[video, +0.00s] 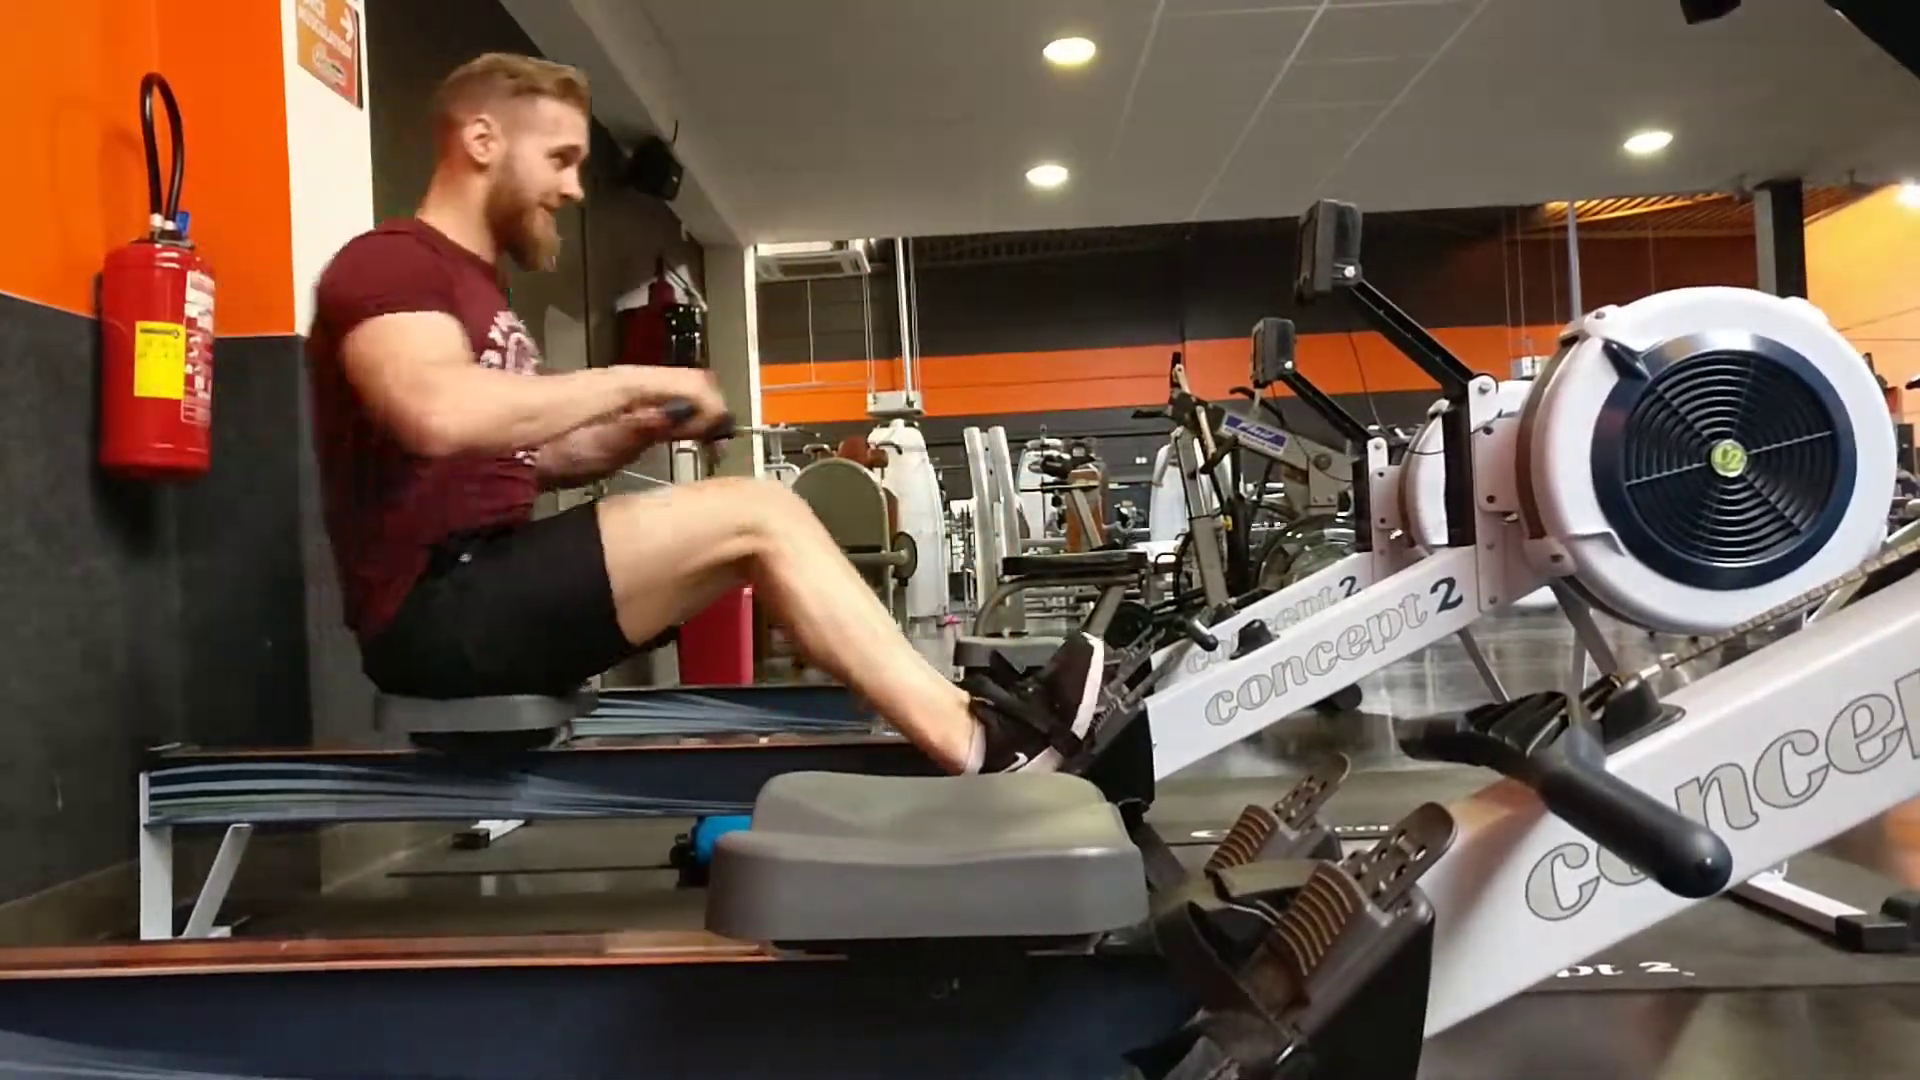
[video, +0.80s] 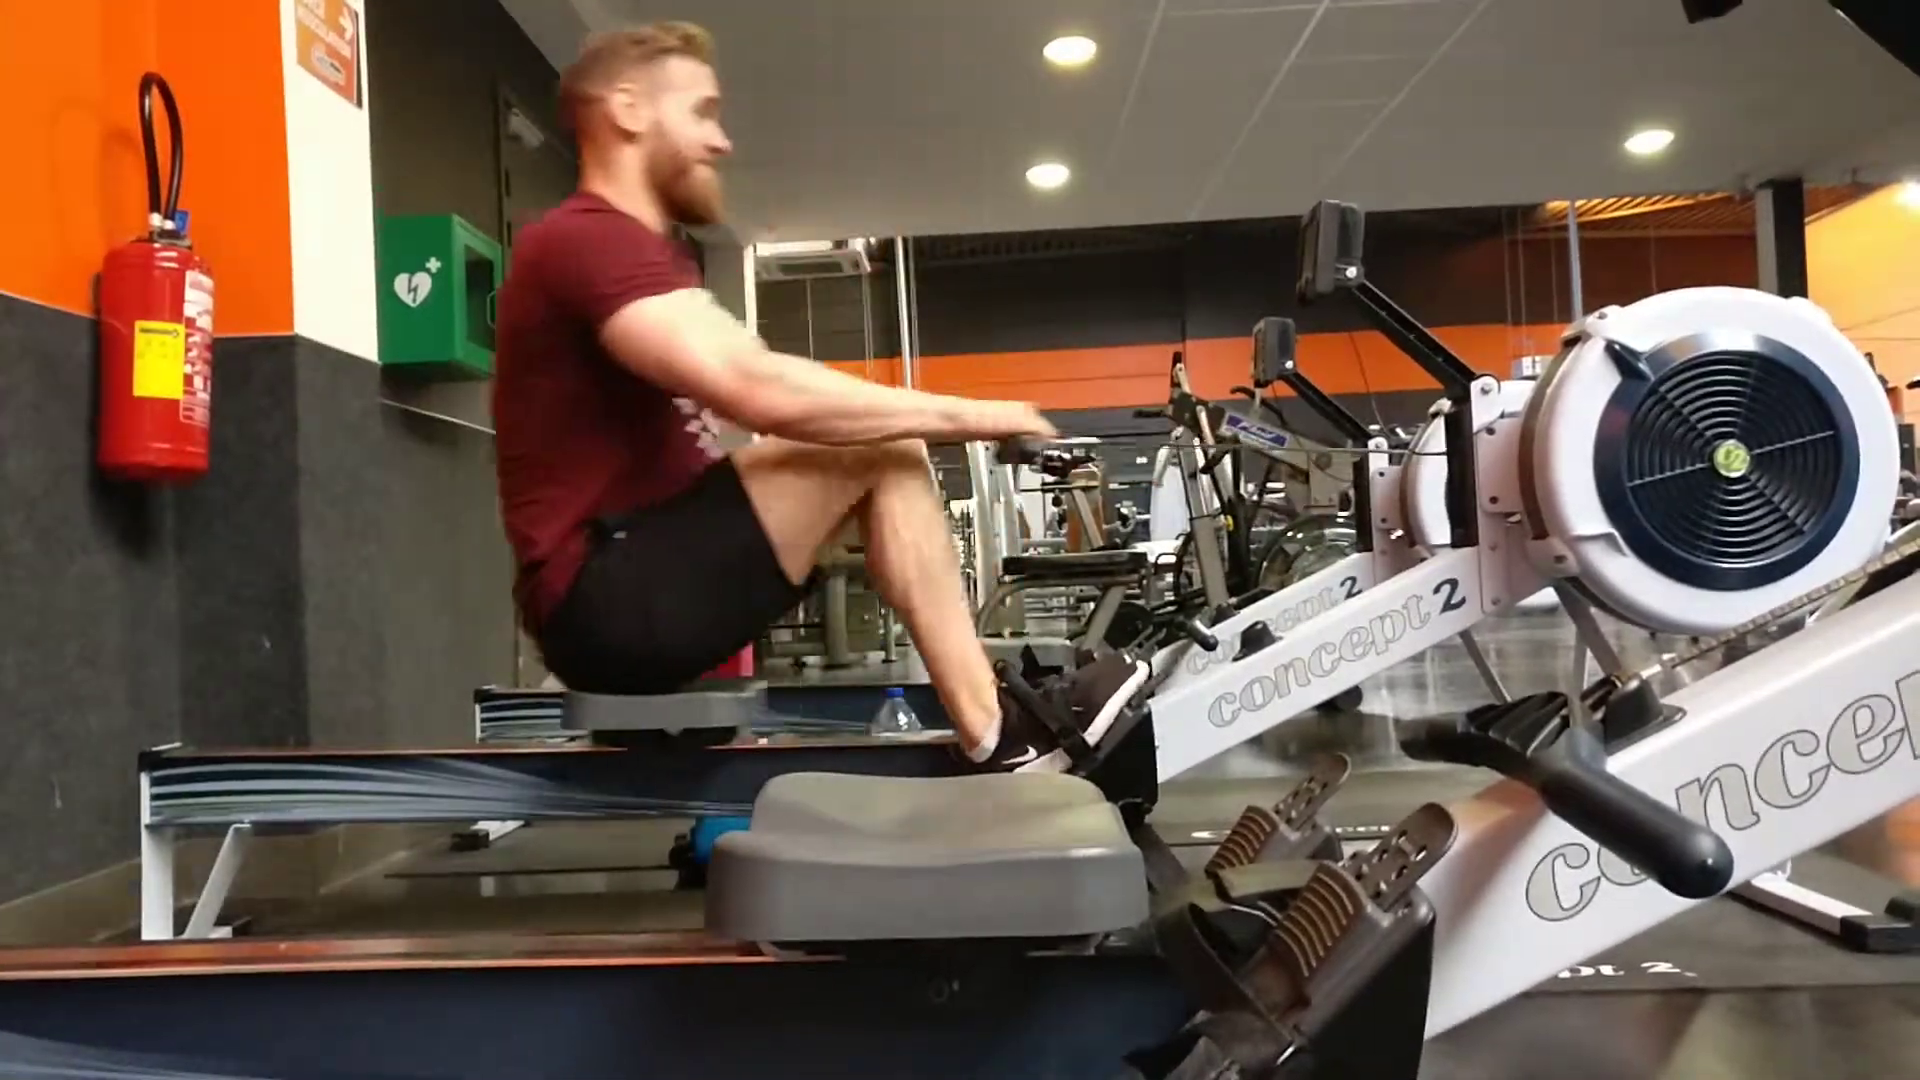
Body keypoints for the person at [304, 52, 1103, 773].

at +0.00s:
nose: (575, 190)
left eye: (580, 168)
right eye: (561, 160)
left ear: (483, 151)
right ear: (477, 140)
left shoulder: (484, 298)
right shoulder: (391, 263)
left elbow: (529, 461)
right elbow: (432, 416)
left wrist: (642, 424)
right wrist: (629, 381)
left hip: (485, 599)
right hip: (435, 613)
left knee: (768, 514)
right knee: (764, 512)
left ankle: (970, 732)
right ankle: (969, 746)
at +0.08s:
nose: (656, 192)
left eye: (662, 170)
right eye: (647, 163)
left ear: (569, 145)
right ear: (565, 139)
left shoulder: (559, 296)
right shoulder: (476, 270)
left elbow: (650, 438)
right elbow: (615, 413)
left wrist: (803, 421)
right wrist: (803, 391)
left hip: (550, 598)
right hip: (503, 613)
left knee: (808, 463)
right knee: (803, 468)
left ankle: (968, 719)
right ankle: (974, 735)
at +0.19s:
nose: (761, 189)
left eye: (763, 165)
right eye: (751, 158)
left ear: (678, 145)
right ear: (672, 139)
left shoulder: (649, 284)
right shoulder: (585, 266)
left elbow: (777, 398)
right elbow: (769, 401)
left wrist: (941, 424)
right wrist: (954, 414)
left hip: (621, 608)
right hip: (587, 619)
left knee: (878, 457)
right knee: (876, 461)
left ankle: (973, 718)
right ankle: (977, 735)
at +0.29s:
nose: (863, 186)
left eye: (865, 162)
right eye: (852, 156)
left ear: (781, 140)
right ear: (780, 135)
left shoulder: (735, 268)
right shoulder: (699, 260)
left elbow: (907, 396)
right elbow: (915, 405)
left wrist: (1087, 451)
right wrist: (1101, 450)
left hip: (685, 609)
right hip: (666, 617)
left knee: (918, 429)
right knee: (918, 436)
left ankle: (979, 718)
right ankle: (982, 730)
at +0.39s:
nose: (941, 184)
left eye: (944, 160)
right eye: (931, 154)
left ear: (861, 143)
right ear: (861, 139)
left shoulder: (814, 259)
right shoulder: (796, 256)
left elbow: (1004, 389)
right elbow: (1010, 400)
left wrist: (1184, 463)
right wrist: (1194, 466)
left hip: (742, 606)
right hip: (728, 615)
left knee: (976, 413)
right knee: (971, 418)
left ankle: (984, 702)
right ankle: (980, 715)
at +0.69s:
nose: (879, 158)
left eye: (875, 132)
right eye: (863, 129)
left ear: (789, 129)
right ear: (790, 124)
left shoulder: (756, 251)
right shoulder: (745, 247)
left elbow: (949, 388)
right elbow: (962, 389)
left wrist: (1120, 435)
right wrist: (1146, 432)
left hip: (721, 598)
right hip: (714, 607)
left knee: (950, 421)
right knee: (953, 425)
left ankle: (997, 701)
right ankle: (987, 720)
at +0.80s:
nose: (723, 140)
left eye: (717, 115)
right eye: (702, 111)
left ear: (631, 118)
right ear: (624, 113)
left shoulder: (632, 249)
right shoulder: (588, 241)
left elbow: (763, 386)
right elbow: (761, 393)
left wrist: (952, 416)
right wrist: (958, 413)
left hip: (631, 590)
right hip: (604, 600)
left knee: (885, 443)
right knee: (885, 449)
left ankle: (988, 714)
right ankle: (990, 734)